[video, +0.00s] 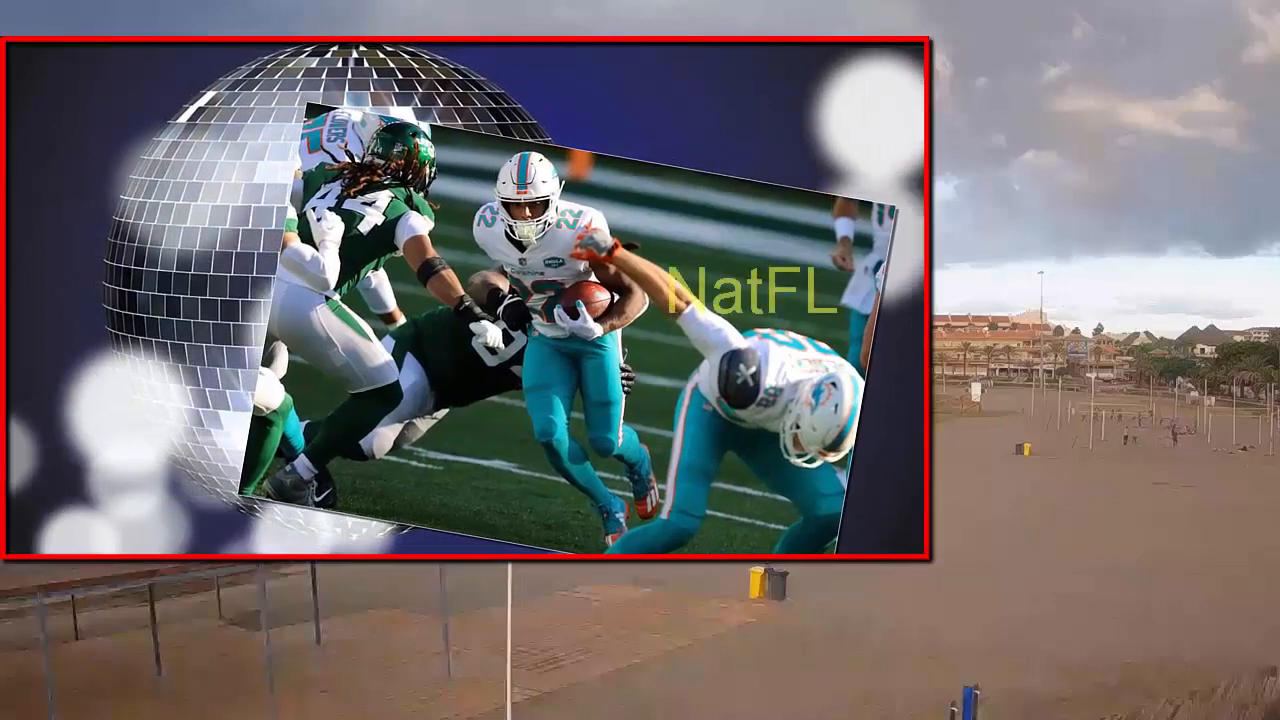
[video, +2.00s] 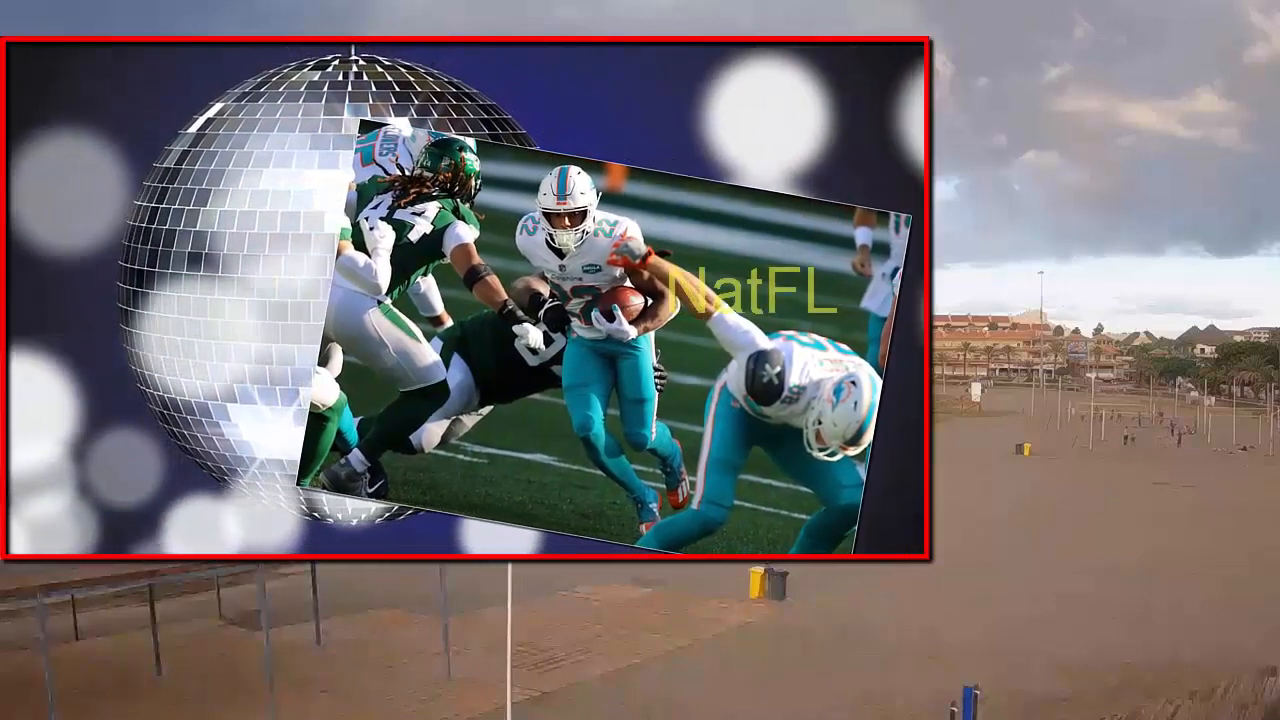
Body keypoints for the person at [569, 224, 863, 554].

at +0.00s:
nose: (809, 459)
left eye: (822, 455)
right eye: (804, 449)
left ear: (849, 432)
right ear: (793, 414)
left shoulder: (858, 415)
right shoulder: (752, 375)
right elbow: (677, 301)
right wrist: (613, 253)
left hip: (769, 426)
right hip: (712, 404)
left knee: (831, 513)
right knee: (681, 523)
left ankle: (770, 582)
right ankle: (600, 571)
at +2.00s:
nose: (829, 453)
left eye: (842, 450)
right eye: (825, 442)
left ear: (867, 429)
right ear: (817, 409)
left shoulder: (877, 414)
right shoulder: (769, 366)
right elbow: (707, 304)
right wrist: (647, 260)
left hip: (793, 423)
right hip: (739, 400)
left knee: (852, 500)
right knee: (711, 513)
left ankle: (792, 578)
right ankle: (631, 565)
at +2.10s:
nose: (830, 452)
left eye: (843, 449)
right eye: (826, 440)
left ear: (868, 428)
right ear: (818, 407)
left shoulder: (879, 414)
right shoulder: (774, 370)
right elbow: (709, 305)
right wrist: (650, 260)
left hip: (794, 423)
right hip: (741, 400)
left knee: (852, 500)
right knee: (712, 513)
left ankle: (791, 577)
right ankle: (635, 563)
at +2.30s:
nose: (832, 452)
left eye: (845, 449)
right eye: (828, 439)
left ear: (871, 428)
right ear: (820, 408)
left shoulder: (881, 414)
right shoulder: (775, 370)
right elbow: (711, 305)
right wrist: (653, 261)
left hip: (797, 423)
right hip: (744, 400)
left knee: (854, 498)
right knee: (715, 511)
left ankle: (794, 576)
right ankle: (633, 565)